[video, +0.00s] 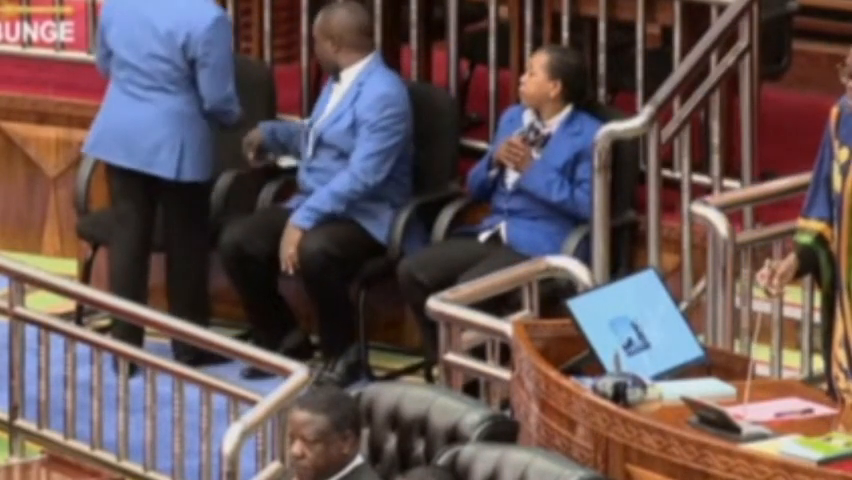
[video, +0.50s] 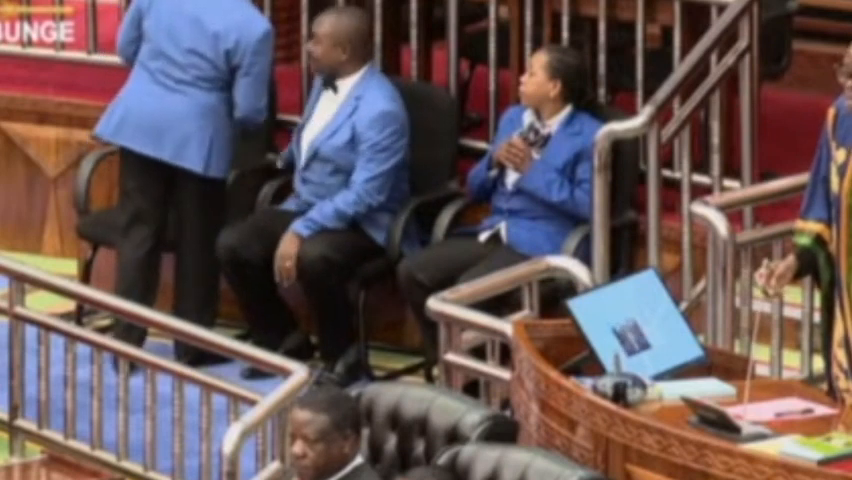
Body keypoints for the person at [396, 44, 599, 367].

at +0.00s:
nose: (522, 80)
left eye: (531, 74)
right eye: (525, 72)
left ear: (555, 88)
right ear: (551, 88)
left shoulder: (590, 135)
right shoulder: (513, 119)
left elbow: (589, 207)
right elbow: (476, 189)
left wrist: (530, 170)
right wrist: (495, 163)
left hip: (538, 250)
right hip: (494, 238)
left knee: (461, 298)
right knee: (413, 271)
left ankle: (480, 381)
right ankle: (448, 367)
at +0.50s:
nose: (521, 80)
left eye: (530, 75)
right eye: (524, 72)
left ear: (554, 88)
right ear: (551, 87)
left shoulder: (590, 135)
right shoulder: (513, 119)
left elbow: (589, 207)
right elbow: (475, 189)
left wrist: (530, 171)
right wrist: (495, 163)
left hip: (538, 250)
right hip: (494, 238)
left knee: (461, 298)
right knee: (413, 271)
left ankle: (483, 380)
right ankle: (448, 365)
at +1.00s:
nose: (520, 79)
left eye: (529, 74)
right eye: (524, 72)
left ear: (552, 87)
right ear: (550, 87)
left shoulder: (590, 135)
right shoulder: (513, 119)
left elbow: (590, 207)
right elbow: (475, 189)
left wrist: (530, 171)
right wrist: (495, 163)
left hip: (539, 250)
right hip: (494, 237)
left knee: (462, 297)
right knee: (414, 271)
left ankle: (483, 380)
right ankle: (448, 365)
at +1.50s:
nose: (520, 80)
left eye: (529, 75)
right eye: (523, 73)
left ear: (552, 88)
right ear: (550, 87)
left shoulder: (589, 135)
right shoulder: (513, 119)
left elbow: (590, 207)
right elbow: (475, 189)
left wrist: (530, 171)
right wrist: (495, 163)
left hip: (538, 250)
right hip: (494, 237)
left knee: (462, 297)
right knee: (414, 271)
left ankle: (482, 380)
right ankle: (446, 365)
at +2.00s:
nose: (519, 81)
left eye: (528, 76)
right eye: (523, 73)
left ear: (552, 89)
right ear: (549, 88)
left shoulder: (589, 135)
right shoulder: (512, 120)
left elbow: (590, 206)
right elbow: (475, 190)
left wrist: (529, 172)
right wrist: (494, 164)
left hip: (539, 251)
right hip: (494, 236)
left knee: (462, 296)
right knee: (414, 271)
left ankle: (482, 381)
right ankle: (445, 366)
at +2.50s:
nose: (519, 83)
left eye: (528, 78)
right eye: (522, 75)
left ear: (552, 90)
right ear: (549, 89)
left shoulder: (589, 135)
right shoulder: (512, 120)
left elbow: (590, 206)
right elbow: (475, 190)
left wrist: (529, 171)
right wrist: (495, 164)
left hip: (539, 250)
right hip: (494, 236)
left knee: (463, 296)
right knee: (414, 271)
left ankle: (483, 380)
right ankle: (445, 366)